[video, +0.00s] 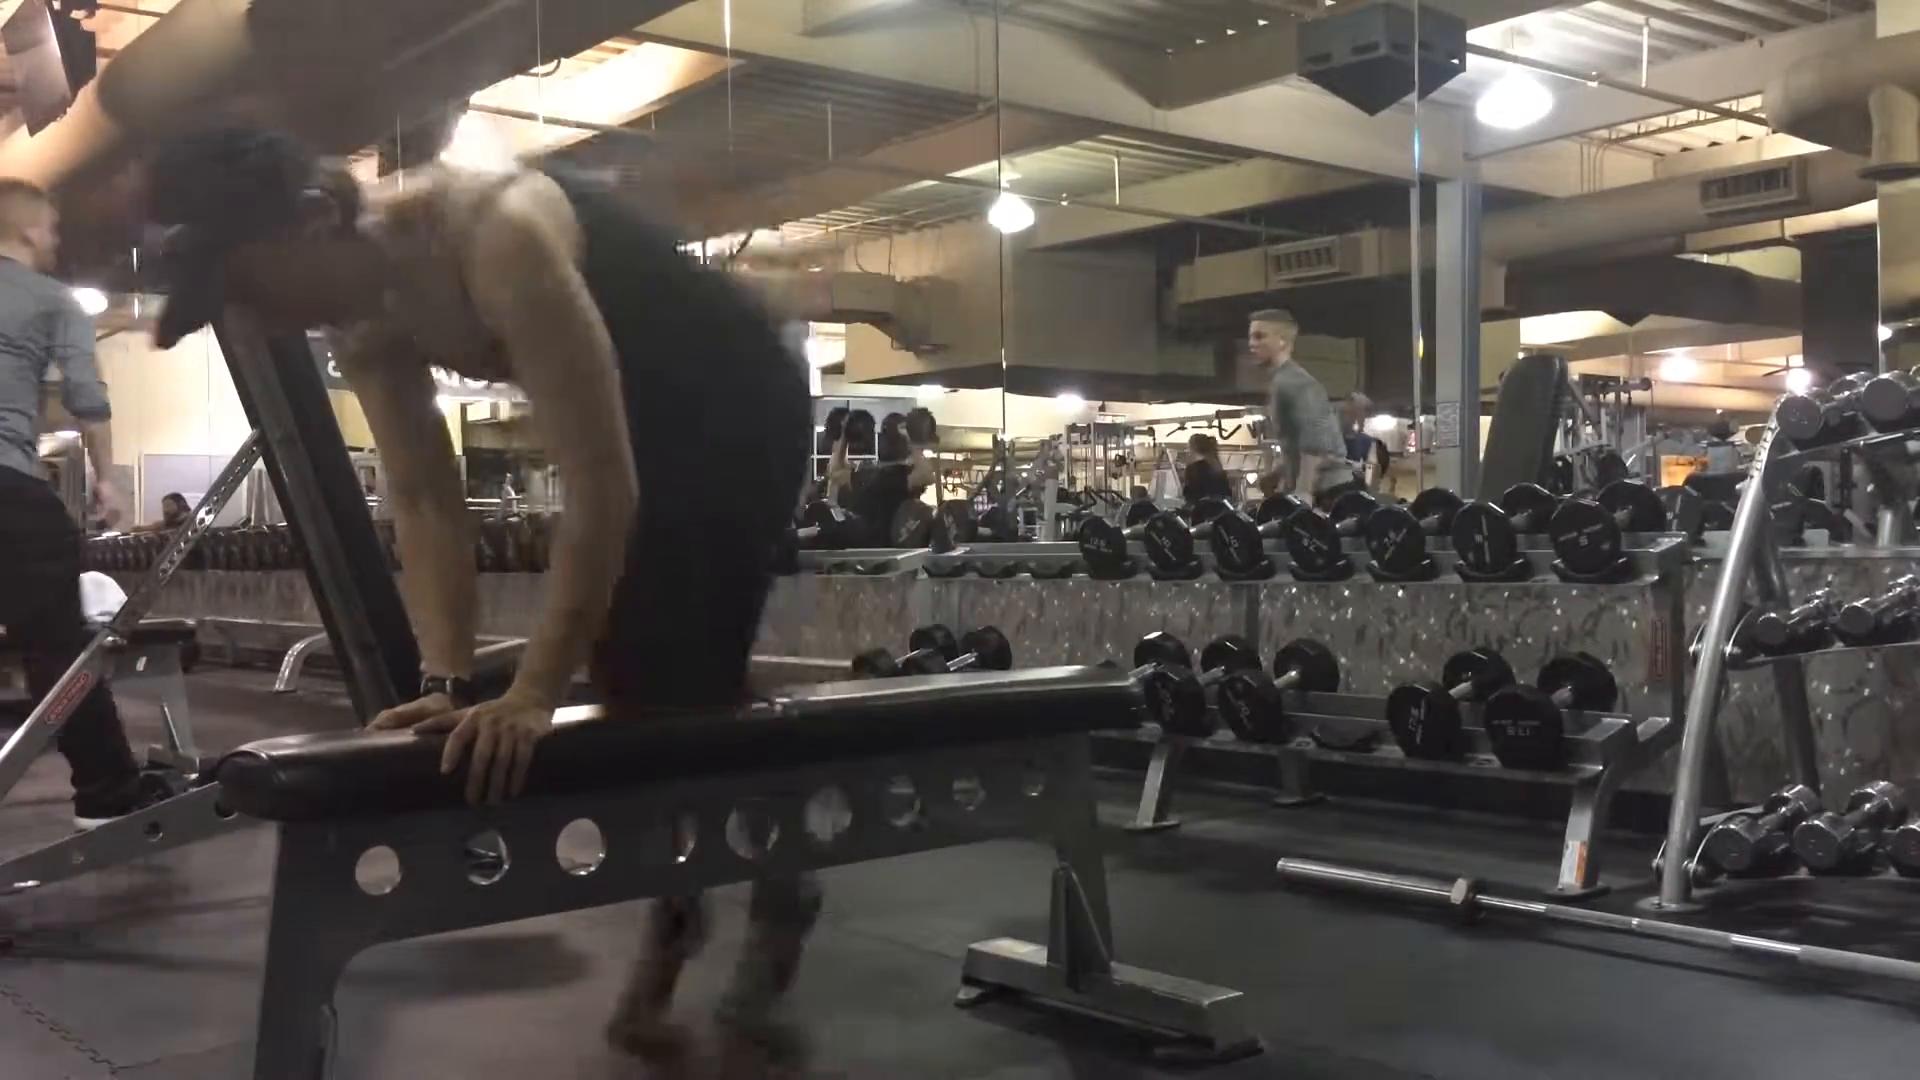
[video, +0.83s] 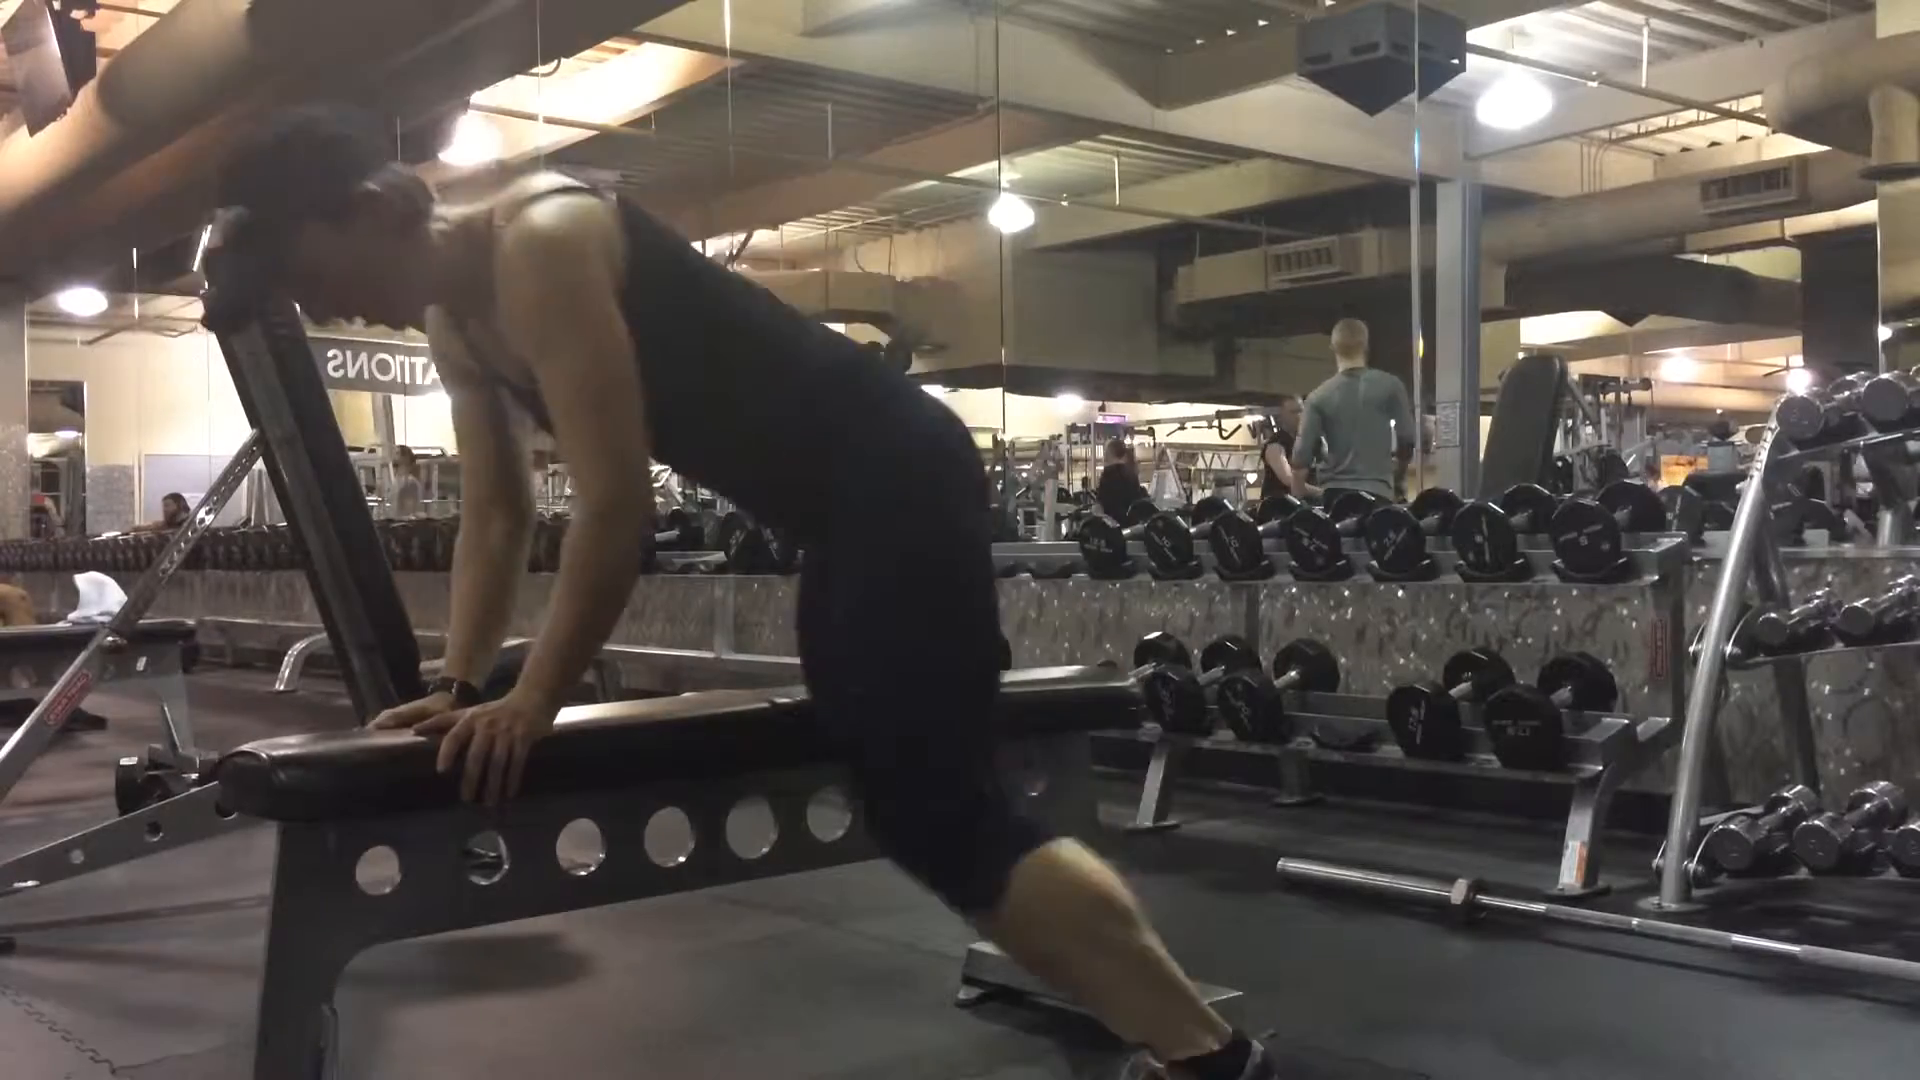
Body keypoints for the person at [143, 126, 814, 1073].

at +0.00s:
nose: (262, 320)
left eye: (253, 285)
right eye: (240, 301)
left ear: (314, 216)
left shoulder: (501, 227)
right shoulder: (364, 313)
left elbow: (603, 482)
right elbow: (422, 489)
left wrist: (531, 691)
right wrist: (446, 679)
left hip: (734, 385)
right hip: (627, 411)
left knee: (697, 672)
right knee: (620, 667)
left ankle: (779, 873)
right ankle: (674, 886)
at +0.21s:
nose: (249, 324)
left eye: (240, 296)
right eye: (227, 310)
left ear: (299, 216)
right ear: (296, 225)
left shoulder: (482, 230)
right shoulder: (340, 306)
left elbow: (586, 481)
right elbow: (407, 491)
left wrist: (528, 697)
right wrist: (443, 680)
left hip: (749, 374)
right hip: (637, 409)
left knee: (761, 638)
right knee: (669, 658)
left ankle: (793, 837)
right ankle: (695, 850)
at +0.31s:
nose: (243, 335)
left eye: (232, 303)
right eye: (220, 320)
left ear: (285, 217)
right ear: (280, 223)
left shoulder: (471, 209)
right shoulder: (345, 281)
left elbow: (553, 475)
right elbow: (407, 484)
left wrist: (526, 698)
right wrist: (446, 677)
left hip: (758, 240)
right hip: (647, 280)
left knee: (735, 519)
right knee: (641, 529)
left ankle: (856, 609)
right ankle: (816, 604)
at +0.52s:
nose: (271, 345)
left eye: (252, 318)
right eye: (243, 335)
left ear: (293, 228)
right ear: (286, 231)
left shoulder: (474, 214)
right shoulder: (374, 262)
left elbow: (557, 476)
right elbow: (424, 481)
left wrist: (522, 699)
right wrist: (443, 678)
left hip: (805, 189)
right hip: (705, 245)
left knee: (770, 462)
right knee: (687, 506)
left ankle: (981, 334)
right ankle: (901, 382)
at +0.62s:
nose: (251, 332)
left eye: (234, 305)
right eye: (228, 322)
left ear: (276, 222)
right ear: (272, 228)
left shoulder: (466, 211)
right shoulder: (374, 278)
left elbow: (550, 464)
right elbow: (429, 479)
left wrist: (526, 690)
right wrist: (444, 675)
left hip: (819, 196)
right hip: (740, 251)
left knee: (799, 495)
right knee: (745, 520)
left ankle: (1090, 541)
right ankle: (1026, 548)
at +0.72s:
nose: (248, 315)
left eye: (233, 283)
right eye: (226, 300)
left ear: (290, 206)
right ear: (278, 222)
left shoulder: (476, 216)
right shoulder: (399, 277)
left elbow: (562, 480)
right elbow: (445, 484)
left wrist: (528, 697)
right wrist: (448, 678)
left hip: (857, 278)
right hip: (788, 316)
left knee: (917, 609)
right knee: (866, 624)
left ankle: (1146, 859)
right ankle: (1095, 839)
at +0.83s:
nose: (327, 311)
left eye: (317, 281)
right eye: (308, 297)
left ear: (373, 210)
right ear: (354, 234)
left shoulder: (541, 244)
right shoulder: (458, 304)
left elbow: (613, 496)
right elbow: (491, 505)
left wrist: (530, 702)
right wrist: (456, 684)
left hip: (896, 474)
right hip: (840, 506)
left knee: (932, 809)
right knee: (915, 786)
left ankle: (1205, 1045)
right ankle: (1076, 965)